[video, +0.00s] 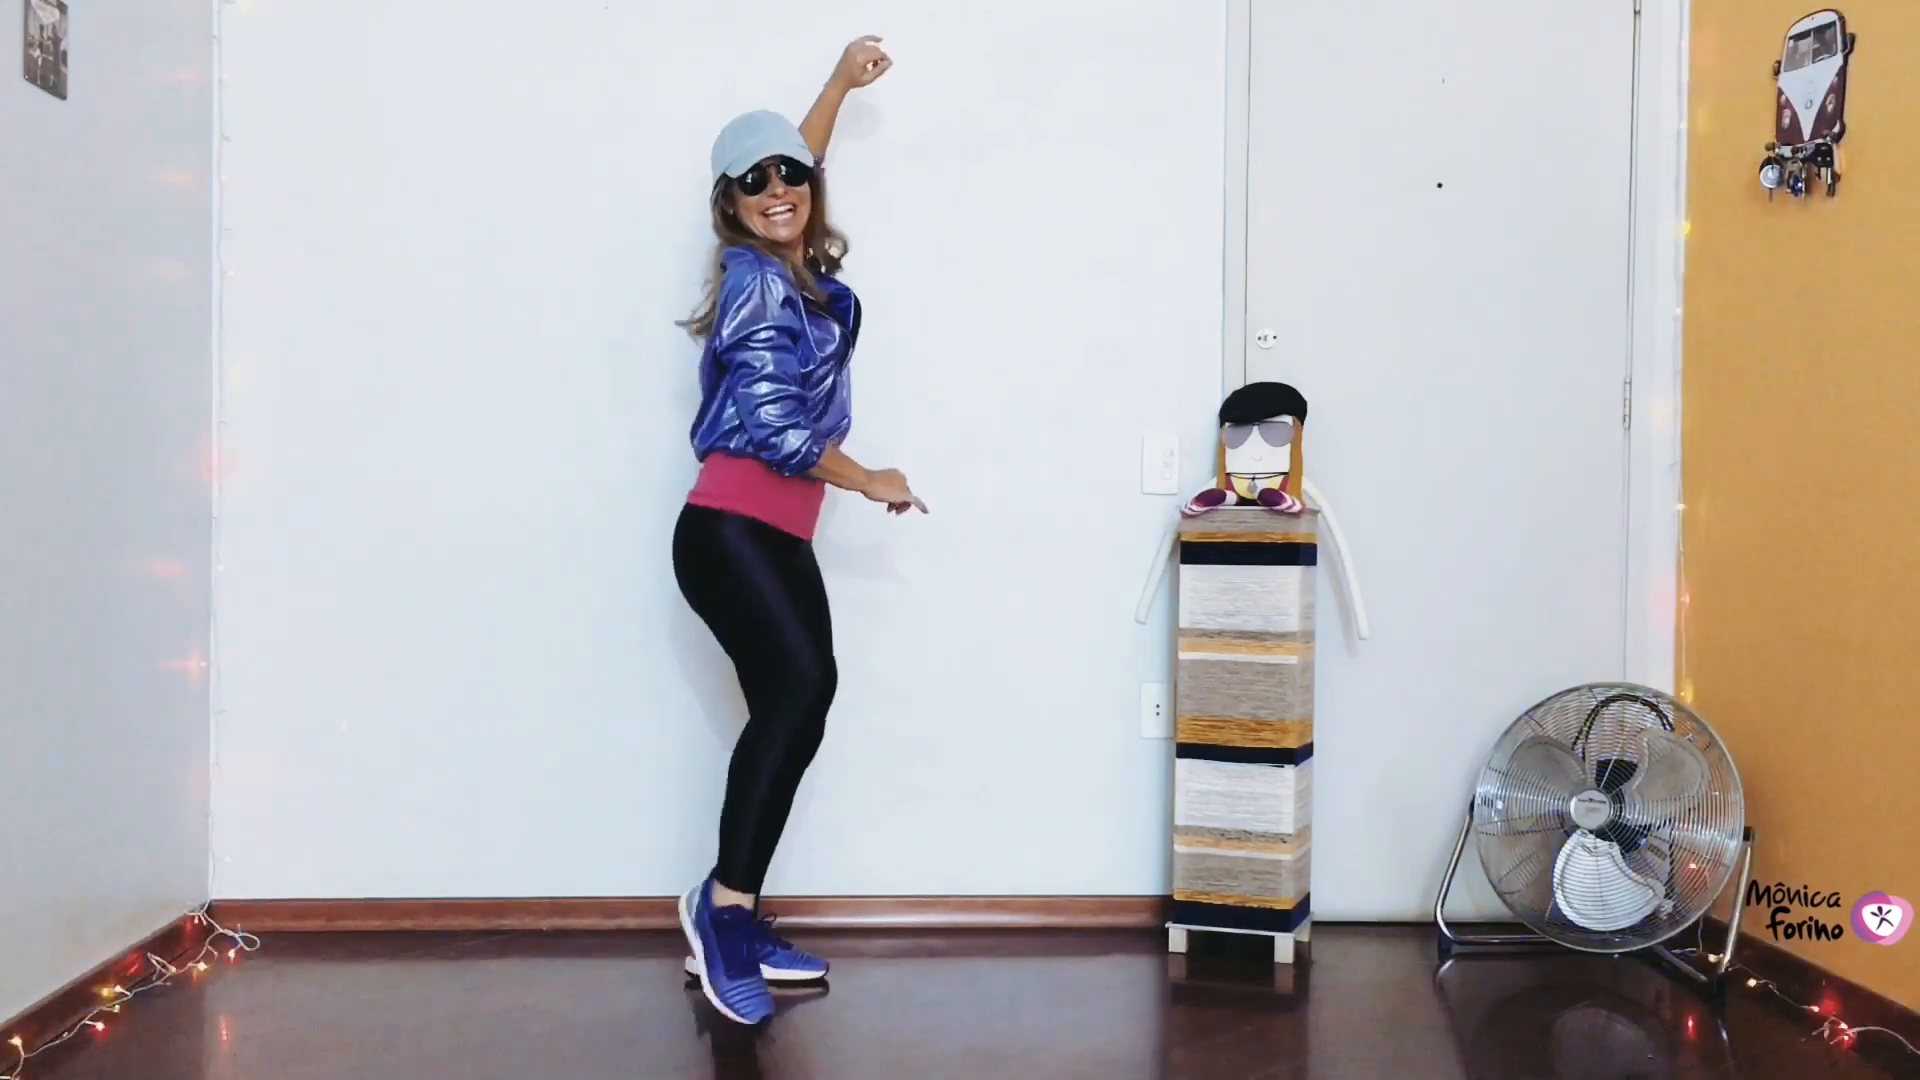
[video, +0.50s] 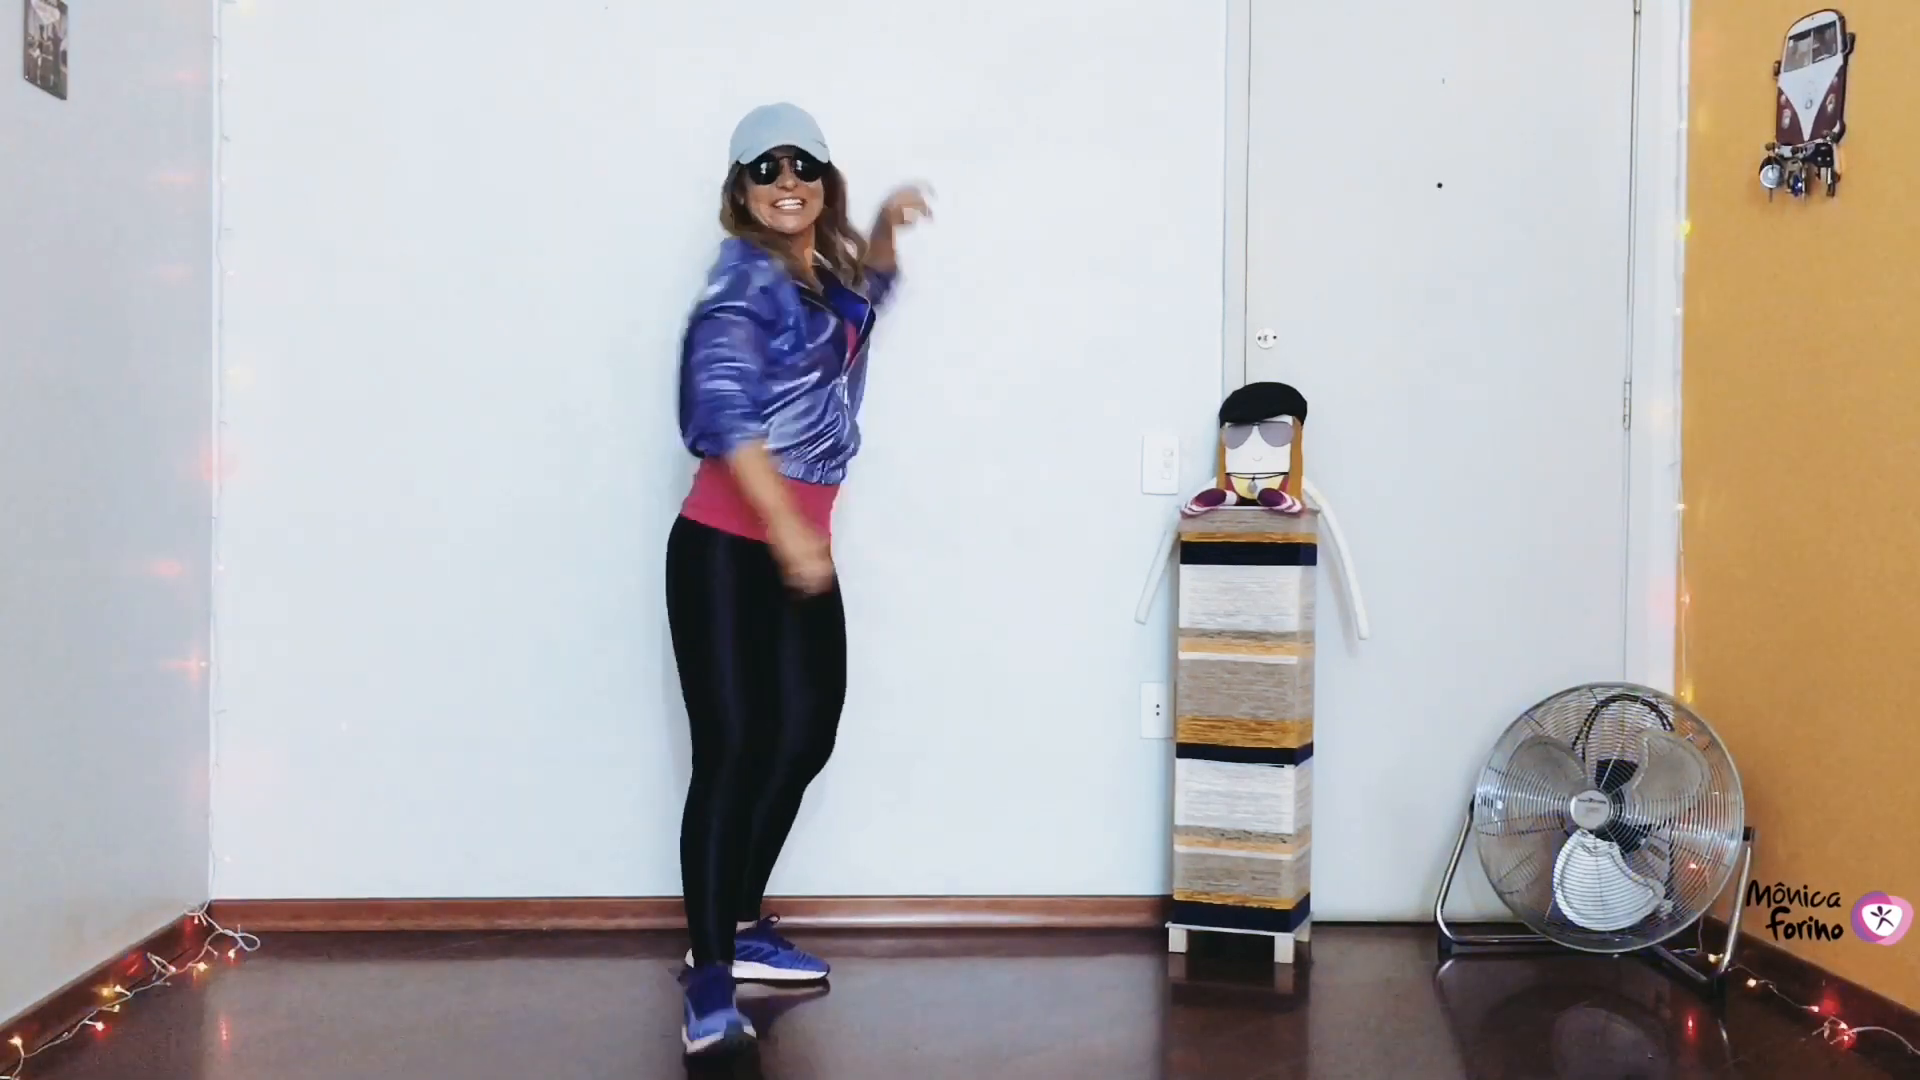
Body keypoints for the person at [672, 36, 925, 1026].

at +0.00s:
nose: (776, 196)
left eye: (789, 181)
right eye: (755, 186)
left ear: (808, 191)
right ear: (732, 204)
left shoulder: (797, 267)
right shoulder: (757, 285)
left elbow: (802, 170)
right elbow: (759, 417)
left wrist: (839, 83)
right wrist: (861, 478)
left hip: (782, 537)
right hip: (730, 528)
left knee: (806, 701)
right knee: (789, 699)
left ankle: (740, 909)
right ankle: (724, 909)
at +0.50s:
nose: (786, 183)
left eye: (803, 168)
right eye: (766, 170)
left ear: (827, 185)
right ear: (742, 190)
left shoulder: (828, 276)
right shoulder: (744, 282)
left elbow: (860, 306)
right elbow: (724, 417)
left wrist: (884, 236)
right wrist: (790, 532)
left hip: (803, 539)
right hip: (726, 542)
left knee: (807, 734)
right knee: (734, 748)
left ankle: (740, 928)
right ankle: (707, 975)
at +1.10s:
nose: (799, 165)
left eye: (824, 159)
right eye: (791, 143)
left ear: (843, 184)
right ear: (761, 151)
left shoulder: (848, 275)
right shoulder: (699, 259)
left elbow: (856, 424)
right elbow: (606, 188)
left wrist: (762, 404)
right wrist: (511, 103)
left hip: (801, 552)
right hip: (708, 547)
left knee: (783, 773)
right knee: (706, 768)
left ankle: (811, 990)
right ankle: (696, 987)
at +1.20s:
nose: (796, 150)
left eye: (822, 146)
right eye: (787, 127)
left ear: (840, 173)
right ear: (759, 132)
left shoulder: (824, 256)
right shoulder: (710, 227)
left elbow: (839, 413)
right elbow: (635, 149)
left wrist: (719, 408)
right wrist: (568, 49)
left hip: (810, 537)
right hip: (729, 538)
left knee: (787, 754)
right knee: (692, 745)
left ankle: (834, 982)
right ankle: (679, 968)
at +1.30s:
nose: (787, 151)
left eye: (813, 147)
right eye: (782, 128)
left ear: (834, 174)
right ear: (756, 132)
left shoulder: (813, 252)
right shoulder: (725, 223)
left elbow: (819, 401)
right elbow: (661, 126)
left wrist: (695, 404)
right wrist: (611, 25)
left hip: (810, 532)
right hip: (740, 539)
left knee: (813, 749)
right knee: (674, 722)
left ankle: (860, 976)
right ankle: (698, 937)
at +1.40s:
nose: (783, 169)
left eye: (806, 166)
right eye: (775, 147)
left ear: (824, 193)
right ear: (745, 151)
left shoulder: (805, 270)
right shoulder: (717, 232)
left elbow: (810, 413)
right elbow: (673, 121)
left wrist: (682, 413)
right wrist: (641, 11)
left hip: (798, 538)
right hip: (734, 545)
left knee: (820, 758)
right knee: (686, 728)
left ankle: (859, 980)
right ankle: (732, 919)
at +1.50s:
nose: (777, 181)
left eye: (801, 178)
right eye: (768, 159)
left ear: (818, 204)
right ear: (740, 170)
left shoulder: (801, 285)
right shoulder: (708, 257)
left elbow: (794, 433)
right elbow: (679, 134)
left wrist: (670, 431)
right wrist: (669, 24)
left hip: (790, 543)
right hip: (724, 550)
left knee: (781, 751)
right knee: (703, 739)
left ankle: (845, 975)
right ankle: (742, 932)